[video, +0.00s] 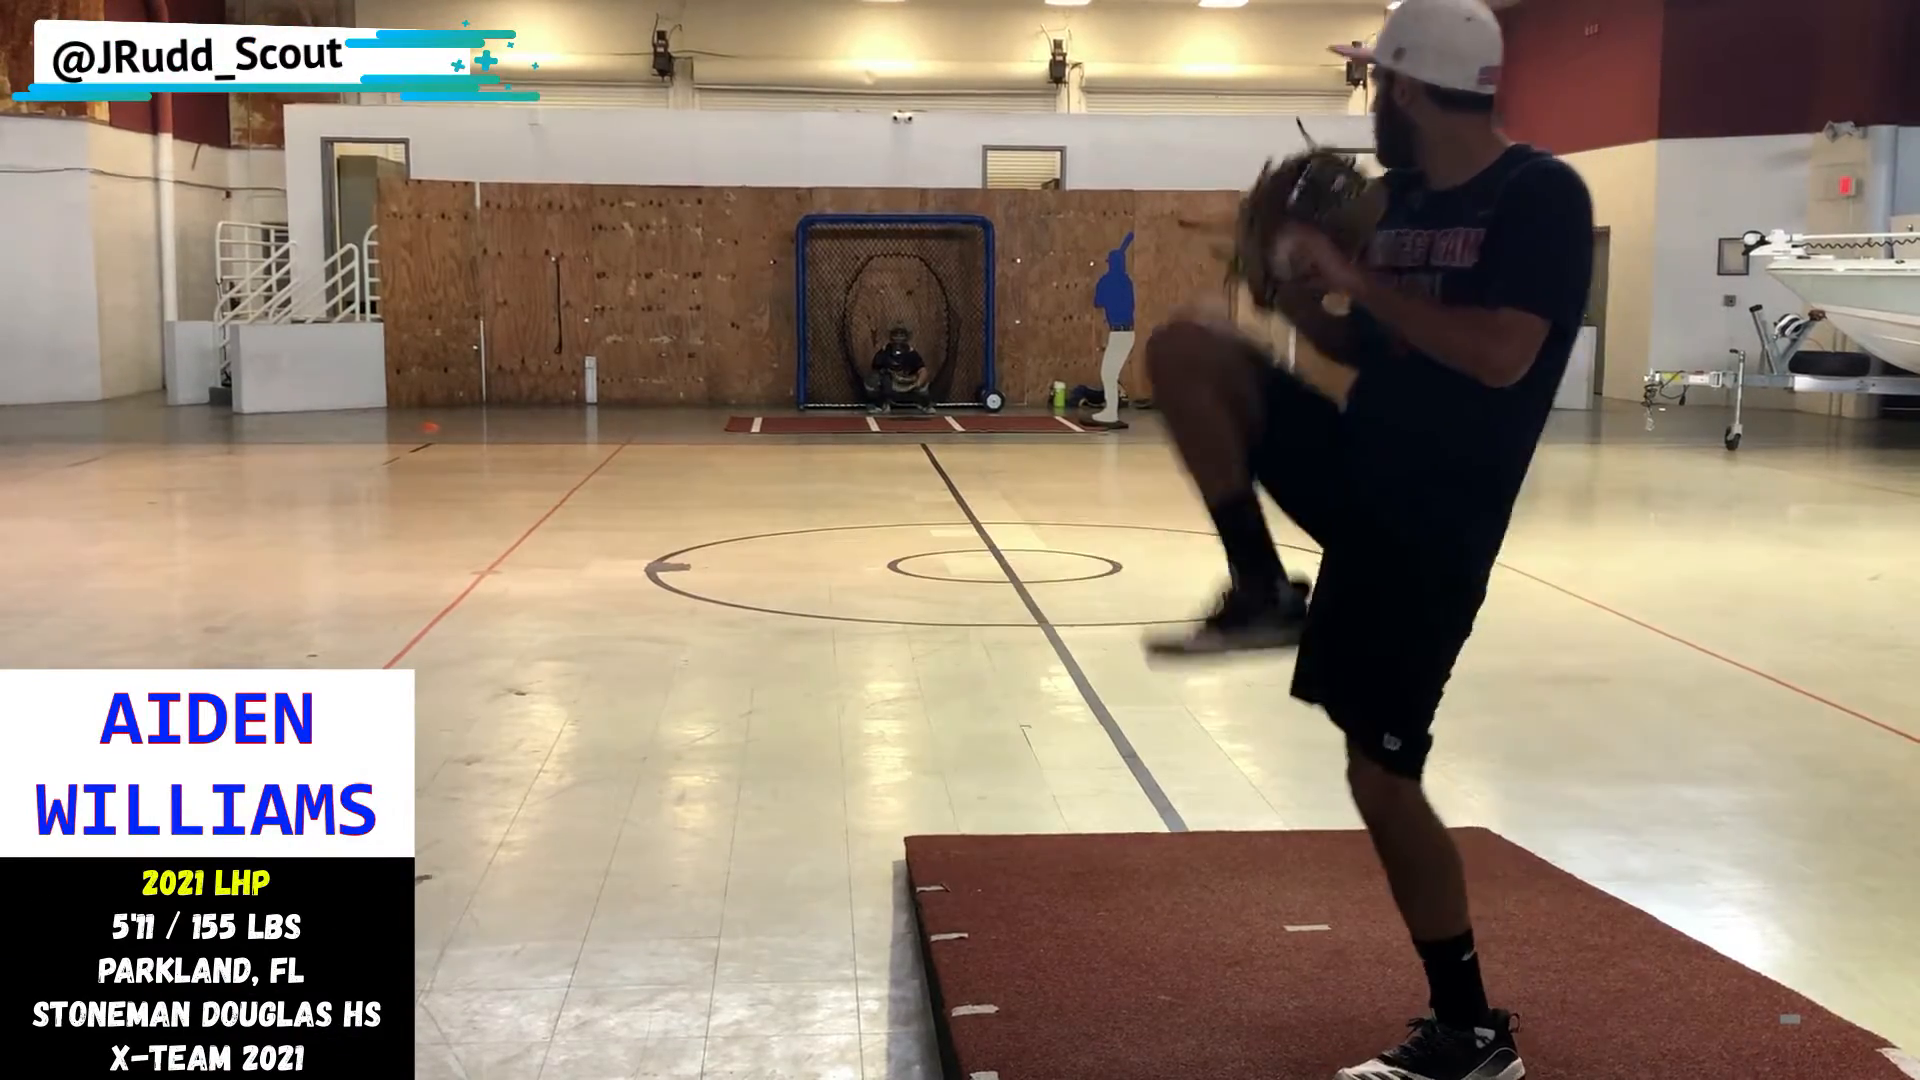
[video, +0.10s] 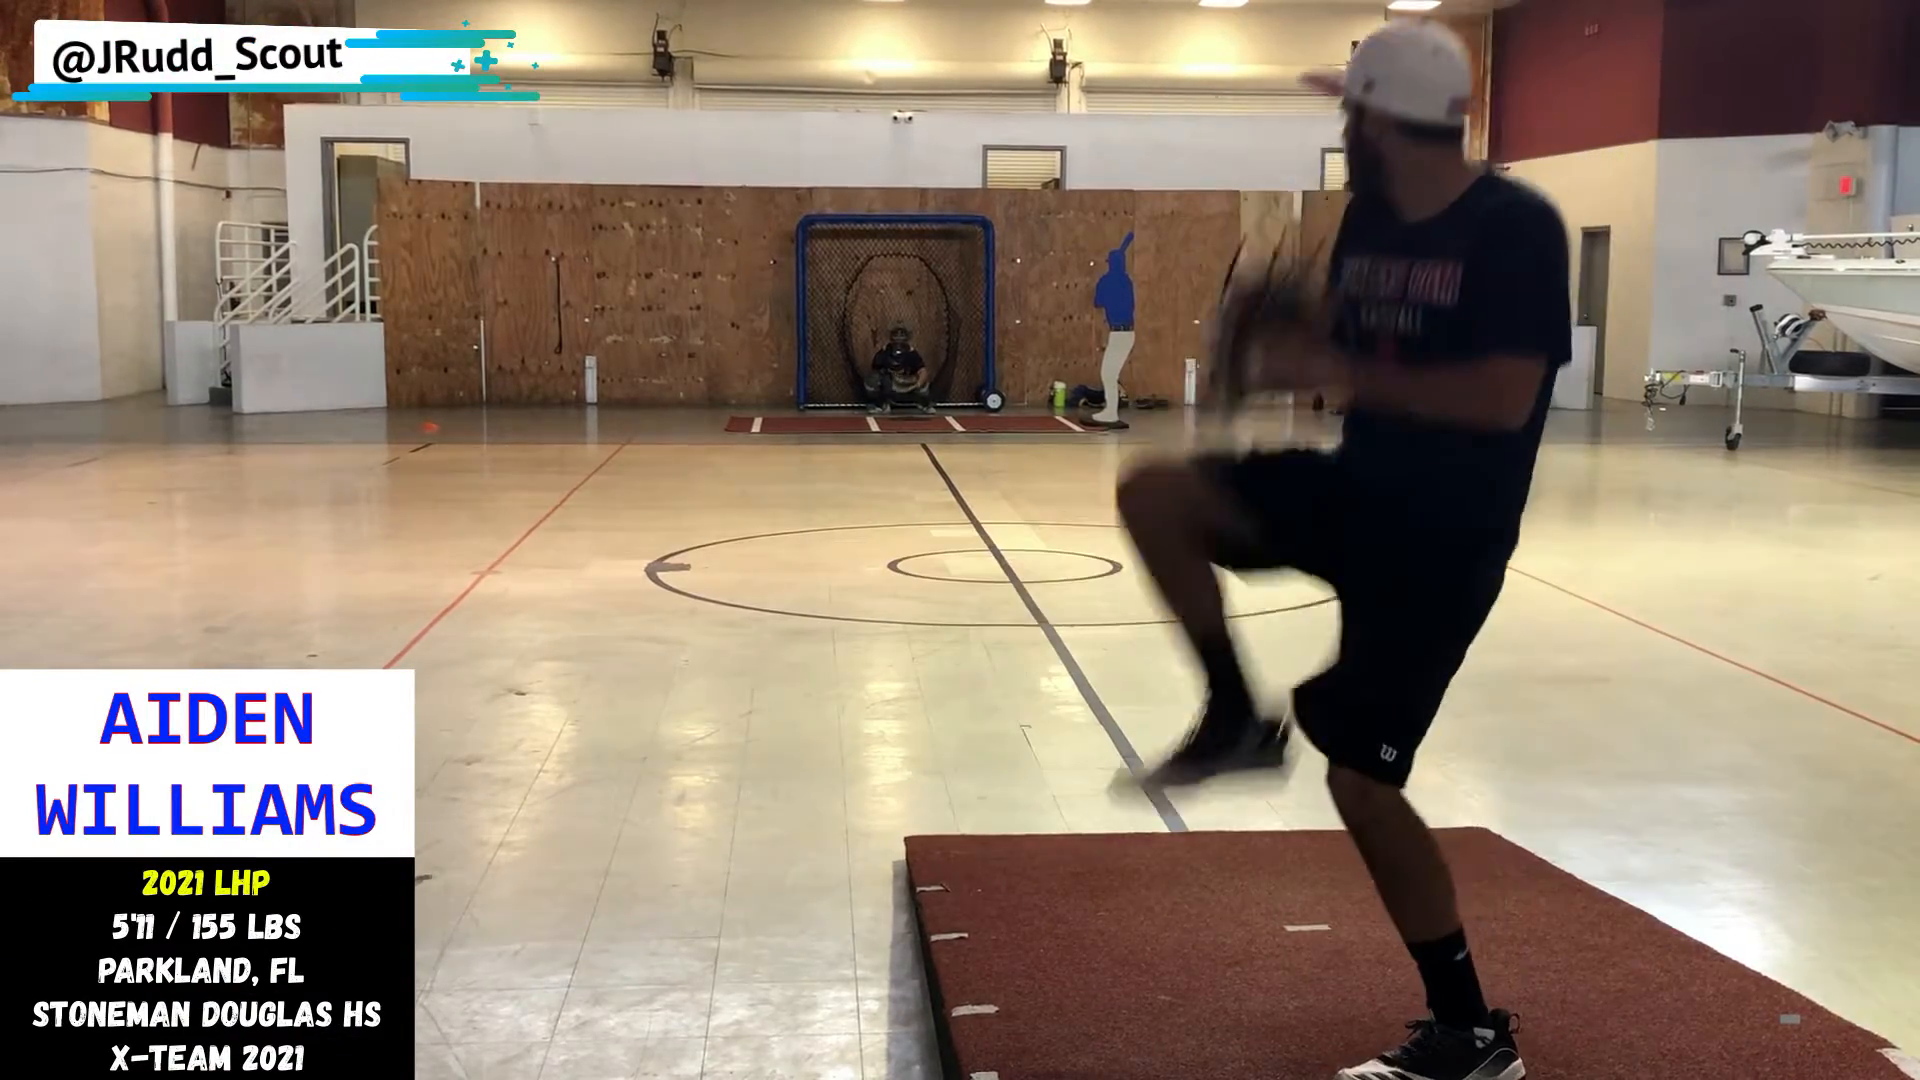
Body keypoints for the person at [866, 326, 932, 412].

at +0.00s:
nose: (898, 344)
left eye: (902, 341)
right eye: (895, 341)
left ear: (906, 341)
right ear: (891, 340)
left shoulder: (912, 354)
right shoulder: (882, 354)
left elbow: (923, 371)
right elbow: (875, 371)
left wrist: (918, 384)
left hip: (909, 381)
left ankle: (925, 405)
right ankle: (884, 405)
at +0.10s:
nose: (898, 344)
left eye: (902, 341)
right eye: (895, 341)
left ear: (907, 340)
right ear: (891, 340)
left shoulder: (912, 353)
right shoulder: (882, 354)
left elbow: (923, 372)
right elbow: (875, 371)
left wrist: (918, 385)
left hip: (910, 380)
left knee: (924, 385)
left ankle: (925, 405)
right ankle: (882, 405)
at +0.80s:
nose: (900, 342)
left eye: (903, 339)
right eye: (897, 339)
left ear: (908, 339)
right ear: (892, 338)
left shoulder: (914, 354)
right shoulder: (884, 353)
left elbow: (925, 374)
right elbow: (876, 373)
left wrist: (918, 387)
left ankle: (925, 405)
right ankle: (881, 405)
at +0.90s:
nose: (901, 345)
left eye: (905, 341)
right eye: (899, 341)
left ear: (910, 340)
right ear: (893, 340)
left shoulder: (916, 354)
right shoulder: (884, 353)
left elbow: (926, 375)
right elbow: (877, 372)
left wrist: (911, 382)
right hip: (889, 389)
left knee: (923, 386)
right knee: (873, 380)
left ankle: (925, 405)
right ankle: (882, 405)